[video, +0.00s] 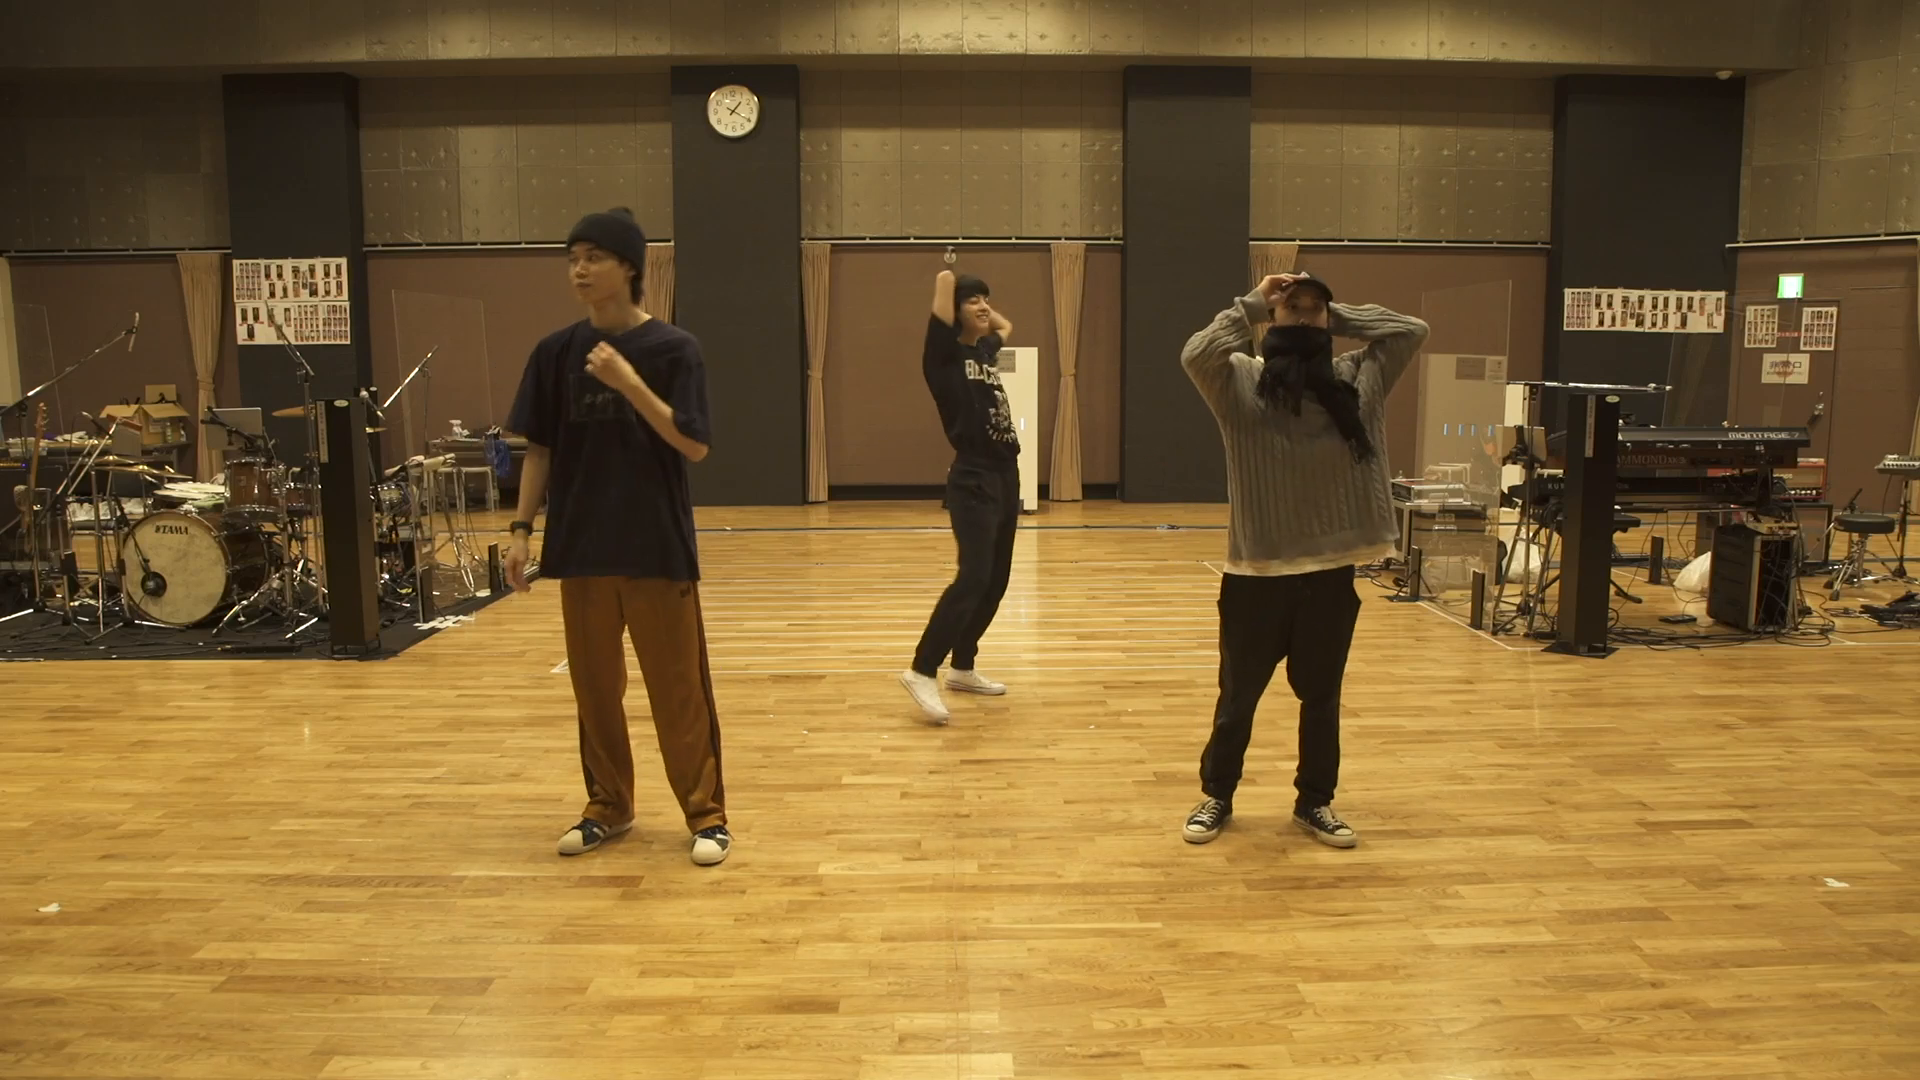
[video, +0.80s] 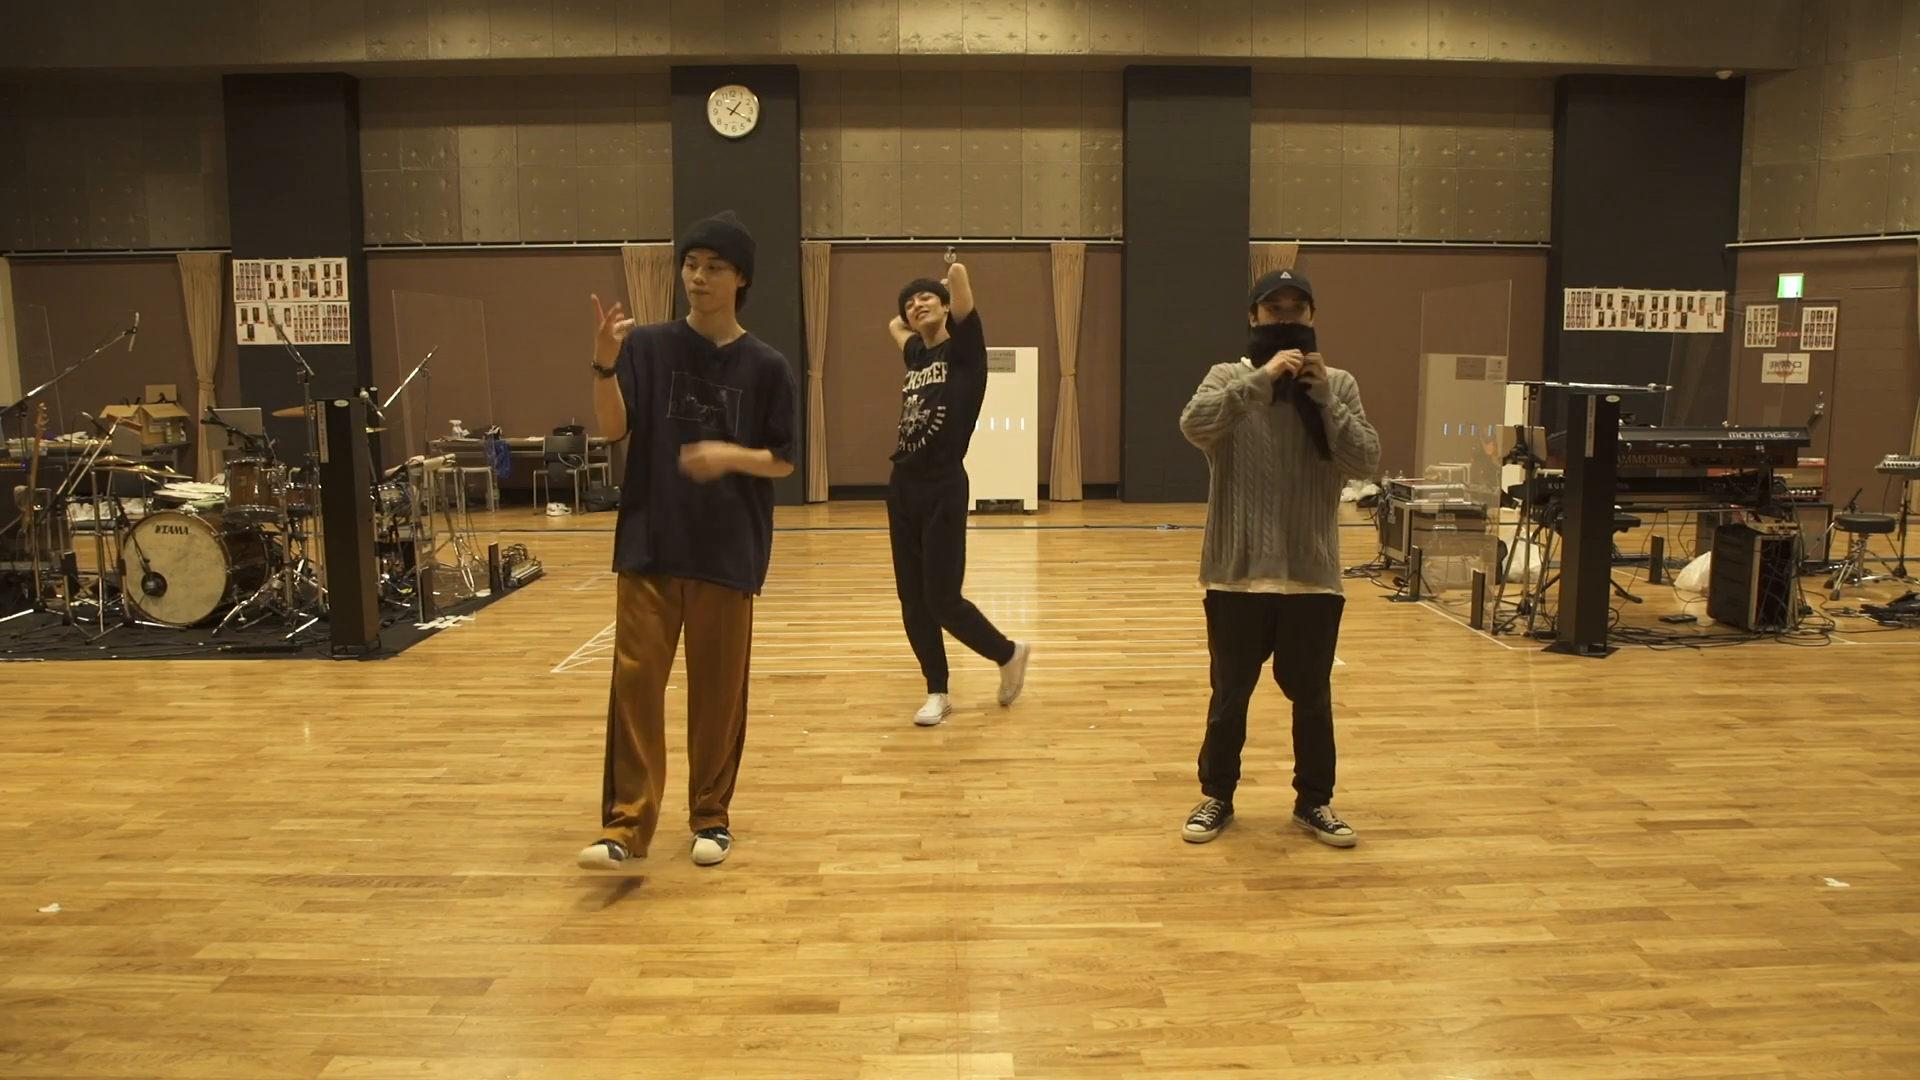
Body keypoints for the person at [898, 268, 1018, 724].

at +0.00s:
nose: (984, 310)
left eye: (985, 304)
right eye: (975, 304)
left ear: (987, 312)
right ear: (955, 314)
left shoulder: (983, 354)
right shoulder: (943, 355)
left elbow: (1004, 331)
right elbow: (943, 286)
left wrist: (986, 316)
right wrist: (950, 279)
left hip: (1005, 480)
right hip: (973, 480)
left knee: (996, 580)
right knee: (973, 578)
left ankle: (961, 668)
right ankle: (921, 672)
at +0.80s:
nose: (919, 308)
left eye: (926, 301)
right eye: (912, 306)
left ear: (946, 307)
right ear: (911, 320)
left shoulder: (965, 348)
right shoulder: (917, 354)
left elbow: (962, 304)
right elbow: (900, 333)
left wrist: (954, 268)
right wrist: (900, 317)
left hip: (943, 489)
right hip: (903, 489)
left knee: (942, 603)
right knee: (913, 602)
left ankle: (1010, 654)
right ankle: (938, 693)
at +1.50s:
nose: (930, 299)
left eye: (941, 295)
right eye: (925, 290)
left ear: (955, 307)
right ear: (912, 297)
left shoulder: (971, 362)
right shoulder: (885, 360)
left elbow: (977, 418)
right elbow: (853, 420)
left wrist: (960, 462)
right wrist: (871, 474)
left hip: (955, 490)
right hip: (902, 492)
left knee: (963, 587)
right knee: (908, 595)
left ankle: (966, 691)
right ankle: (929, 690)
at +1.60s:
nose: (935, 300)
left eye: (947, 296)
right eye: (930, 291)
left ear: (961, 308)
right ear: (918, 297)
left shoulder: (975, 364)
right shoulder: (887, 359)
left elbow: (982, 424)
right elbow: (852, 416)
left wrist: (968, 473)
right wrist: (858, 469)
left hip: (956, 493)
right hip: (903, 493)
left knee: (964, 591)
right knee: (906, 597)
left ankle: (971, 697)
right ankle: (926, 690)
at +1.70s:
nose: (940, 303)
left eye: (952, 299)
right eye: (936, 294)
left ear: (967, 311)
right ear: (924, 299)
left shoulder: (979, 366)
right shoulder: (893, 360)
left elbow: (991, 430)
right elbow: (855, 417)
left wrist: (987, 487)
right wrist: (847, 465)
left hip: (958, 496)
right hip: (904, 495)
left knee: (962, 597)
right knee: (905, 597)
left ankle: (972, 705)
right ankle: (918, 688)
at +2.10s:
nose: (985, 320)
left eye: (998, 322)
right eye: (986, 308)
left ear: (1008, 335)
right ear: (975, 303)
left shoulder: (1010, 382)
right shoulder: (921, 359)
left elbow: (1034, 441)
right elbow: (884, 413)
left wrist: (1009, 490)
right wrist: (871, 470)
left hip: (972, 510)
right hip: (918, 504)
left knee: (974, 617)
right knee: (904, 608)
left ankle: (969, 719)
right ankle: (912, 681)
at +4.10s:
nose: (901, 315)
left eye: (910, 309)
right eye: (897, 308)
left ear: (931, 316)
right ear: (889, 312)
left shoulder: (956, 365)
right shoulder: (878, 361)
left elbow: (978, 427)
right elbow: (885, 397)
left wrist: (968, 481)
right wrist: (901, 332)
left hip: (952, 492)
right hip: (901, 496)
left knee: (982, 586)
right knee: (909, 594)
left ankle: (1011, 683)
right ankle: (920, 686)